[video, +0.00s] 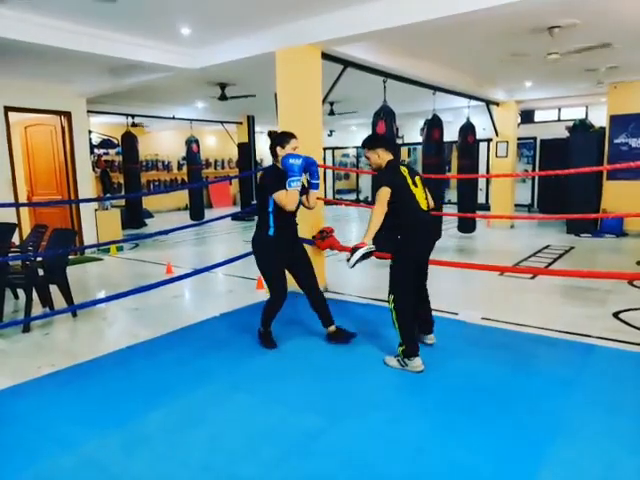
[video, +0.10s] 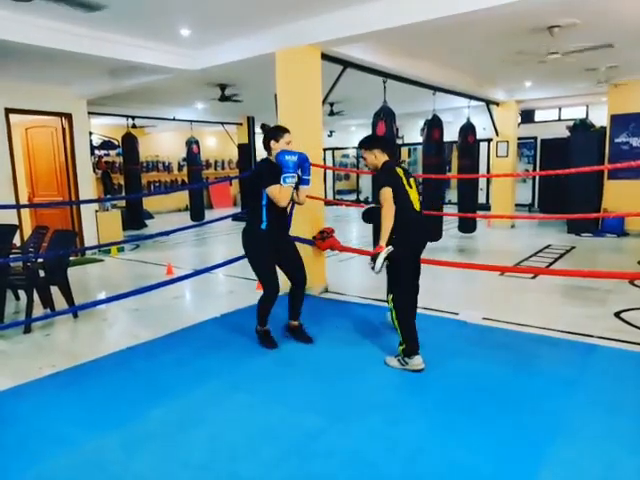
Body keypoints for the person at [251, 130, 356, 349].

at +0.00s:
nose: (297, 153)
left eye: (297, 149)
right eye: (293, 149)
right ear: (278, 150)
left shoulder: (292, 173)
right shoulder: (269, 175)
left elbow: (310, 203)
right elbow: (289, 204)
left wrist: (313, 177)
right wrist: (295, 176)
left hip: (290, 240)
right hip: (267, 242)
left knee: (310, 285)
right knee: (279, 293)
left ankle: (332, 329)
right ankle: (264, 329)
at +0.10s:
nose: (290, 148)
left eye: (291, 143)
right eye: (286, 143)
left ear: (281, 144)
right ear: (272, 144)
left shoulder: (286, 167)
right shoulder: (263, 168)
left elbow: (301, 200)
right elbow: (281, 200)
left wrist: (303, 175)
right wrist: (289, 172)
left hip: (280, 236)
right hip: (257, 237)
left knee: (299, 278)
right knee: (272, 288)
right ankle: (262, 328)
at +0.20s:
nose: (284, 150)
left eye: (285, 145)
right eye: (281, 145)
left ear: (271, 147)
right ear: (267, 146)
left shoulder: (277, 168)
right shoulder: (256, 169)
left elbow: (292, 201)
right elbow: (276, 203)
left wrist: (298, 178)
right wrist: (284, 176)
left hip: (273, 235)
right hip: (252, 235)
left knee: (289, 281)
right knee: (265, 289)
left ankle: (274, 322)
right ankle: (247, 327)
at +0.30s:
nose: (272, 158)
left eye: (271, 153)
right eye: (269, 154)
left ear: (257, 155)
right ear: (256, 155)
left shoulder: (261, 179)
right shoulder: (246, 181)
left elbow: (273, 212)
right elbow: (265, 215)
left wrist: (279, 189)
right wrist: (274, 188)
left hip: (260, 245)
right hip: (243, 245)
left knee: (280, 286)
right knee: (244, 301)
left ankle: (270, 327)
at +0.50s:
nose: (247, 156)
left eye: (247, 151)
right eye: (244, 151)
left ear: (230, 152)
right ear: (233, 152)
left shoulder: (231, 174)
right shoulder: (227, 177)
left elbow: (242, 208)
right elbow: (253, 206)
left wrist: (254, 210)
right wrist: (257, 179)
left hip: (230, 247)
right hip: (213, 249)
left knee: (246, 291)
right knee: (214, 305)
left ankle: (259, 330)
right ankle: (185, 353)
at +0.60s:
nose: (238, 147)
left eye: (237, 143)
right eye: (235, 143)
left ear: (219, 145)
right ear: (223, 144)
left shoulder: (215, 168)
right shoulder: (217, 170)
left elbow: (236, 200)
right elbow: (240, 202)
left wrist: (243, 181)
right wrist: (246, 176)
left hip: (213, 241)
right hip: (202, 243)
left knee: (231, 289)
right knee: (209, 300)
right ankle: (184, 351)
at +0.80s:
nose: (217, 156)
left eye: (217, 152)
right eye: (214, 152)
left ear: (199, 154)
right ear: (203, 154)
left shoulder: (198, 179)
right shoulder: (194, 182)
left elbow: (213, 215)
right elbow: (215, 218)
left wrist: (222, 205)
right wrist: (225, 198)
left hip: (194, 252)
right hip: (183, 255)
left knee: (210, 301)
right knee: (195, 311)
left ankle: (189, 351)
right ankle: (154, 370)